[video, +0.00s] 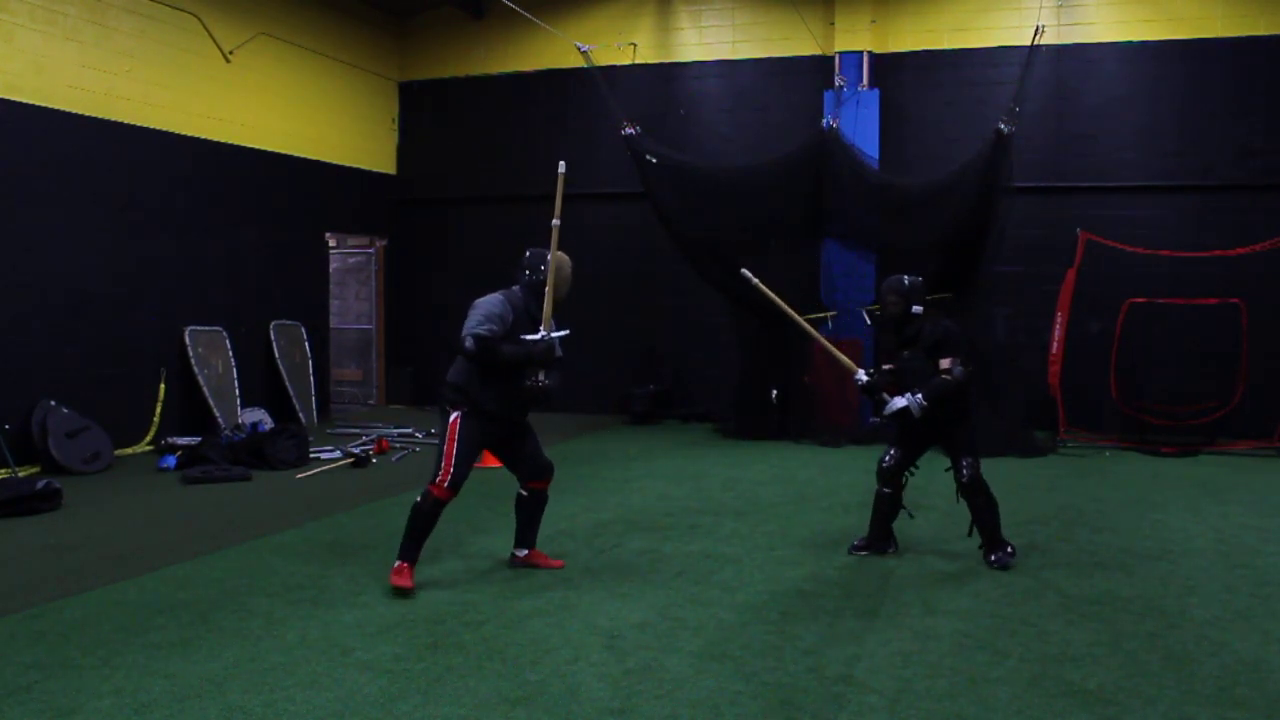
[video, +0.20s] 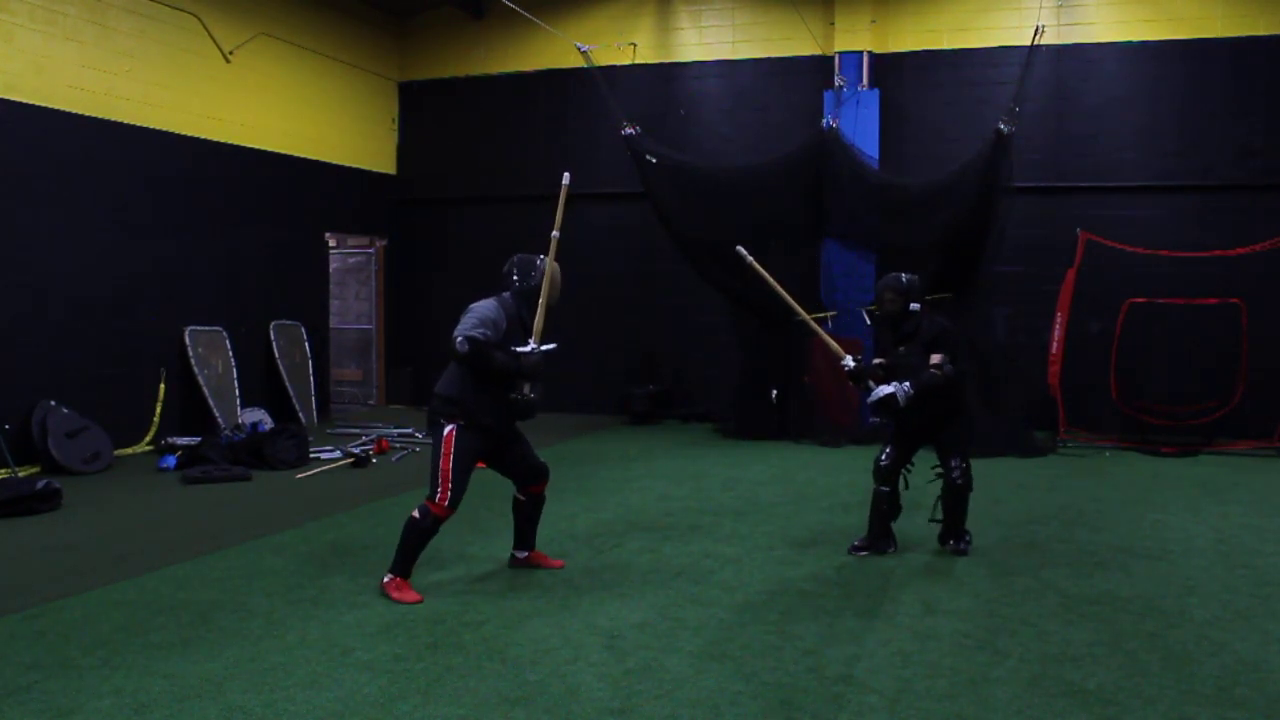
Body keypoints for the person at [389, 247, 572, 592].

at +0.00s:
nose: (557, 295)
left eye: (560, 287)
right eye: (555, 286)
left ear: (538, 281)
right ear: (538, 280)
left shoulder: (541, 320)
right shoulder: (494, 306)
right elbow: (476, 345)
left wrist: (542, 381)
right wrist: (533, 351)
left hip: (506, 412)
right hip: (467, 409)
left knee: (538, 473)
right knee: (445, 485)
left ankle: (524, 551)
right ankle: (404, 563)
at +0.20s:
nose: (547, 298)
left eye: (549, 291)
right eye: (543, 289)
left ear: (525, 285)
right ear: (525, 285)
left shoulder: (526, 325)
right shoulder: (488, 311)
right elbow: (464, 345)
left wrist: (526, 398)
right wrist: (519, 361)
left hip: (492, 417)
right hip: (457, 416)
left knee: (534, 476)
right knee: (442, 501)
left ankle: (523, 552)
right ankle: (396, 577)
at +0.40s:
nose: (545, 275)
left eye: (546, 267)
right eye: (541, 266)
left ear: (519, 265)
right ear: (522, 264)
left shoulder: (519, 306)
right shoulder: (487, 291)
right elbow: (459, 327)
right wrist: (512, 346)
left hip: (475, 403)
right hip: (444, 400)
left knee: (512, 467)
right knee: (431, 486)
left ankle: (497, 549)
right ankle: (386, 570)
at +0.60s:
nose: (533, 295)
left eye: (534, 287)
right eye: (529, 286)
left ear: (508, 283)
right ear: (511, 284)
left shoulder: (508, 325)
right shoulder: (477, 313)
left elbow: (488, 383)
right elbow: (453, 353)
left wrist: (509, 407)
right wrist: (505, 369)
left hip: (472, 423)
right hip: (441, 422)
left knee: (510, 483)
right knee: (433, 509)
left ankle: (483, 561)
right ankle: (380, 584)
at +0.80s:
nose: (527, 278)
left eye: (528, 270)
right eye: (523, 269)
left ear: (501, 265)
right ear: (504, 266)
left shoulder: (499, 305)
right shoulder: (472, 291)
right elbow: (447, 330)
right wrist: (500, 348)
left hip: (460, 408)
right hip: (430, 406)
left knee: (489, 475)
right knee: (424, 495)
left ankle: (478, 560)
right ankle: (373, 578)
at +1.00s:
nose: (515, 291)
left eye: (515, 283)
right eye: (511, 282)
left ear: (487, 279)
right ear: (493, 281)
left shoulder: (488, 321)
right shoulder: (461, 311)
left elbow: (473, 380)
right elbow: (440, 355)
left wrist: (494, 408)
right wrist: (493, 369)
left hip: (455, 428)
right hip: (426, 426)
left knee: (492, 486)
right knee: (415, 515)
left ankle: (460, 565)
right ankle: (362, 597)